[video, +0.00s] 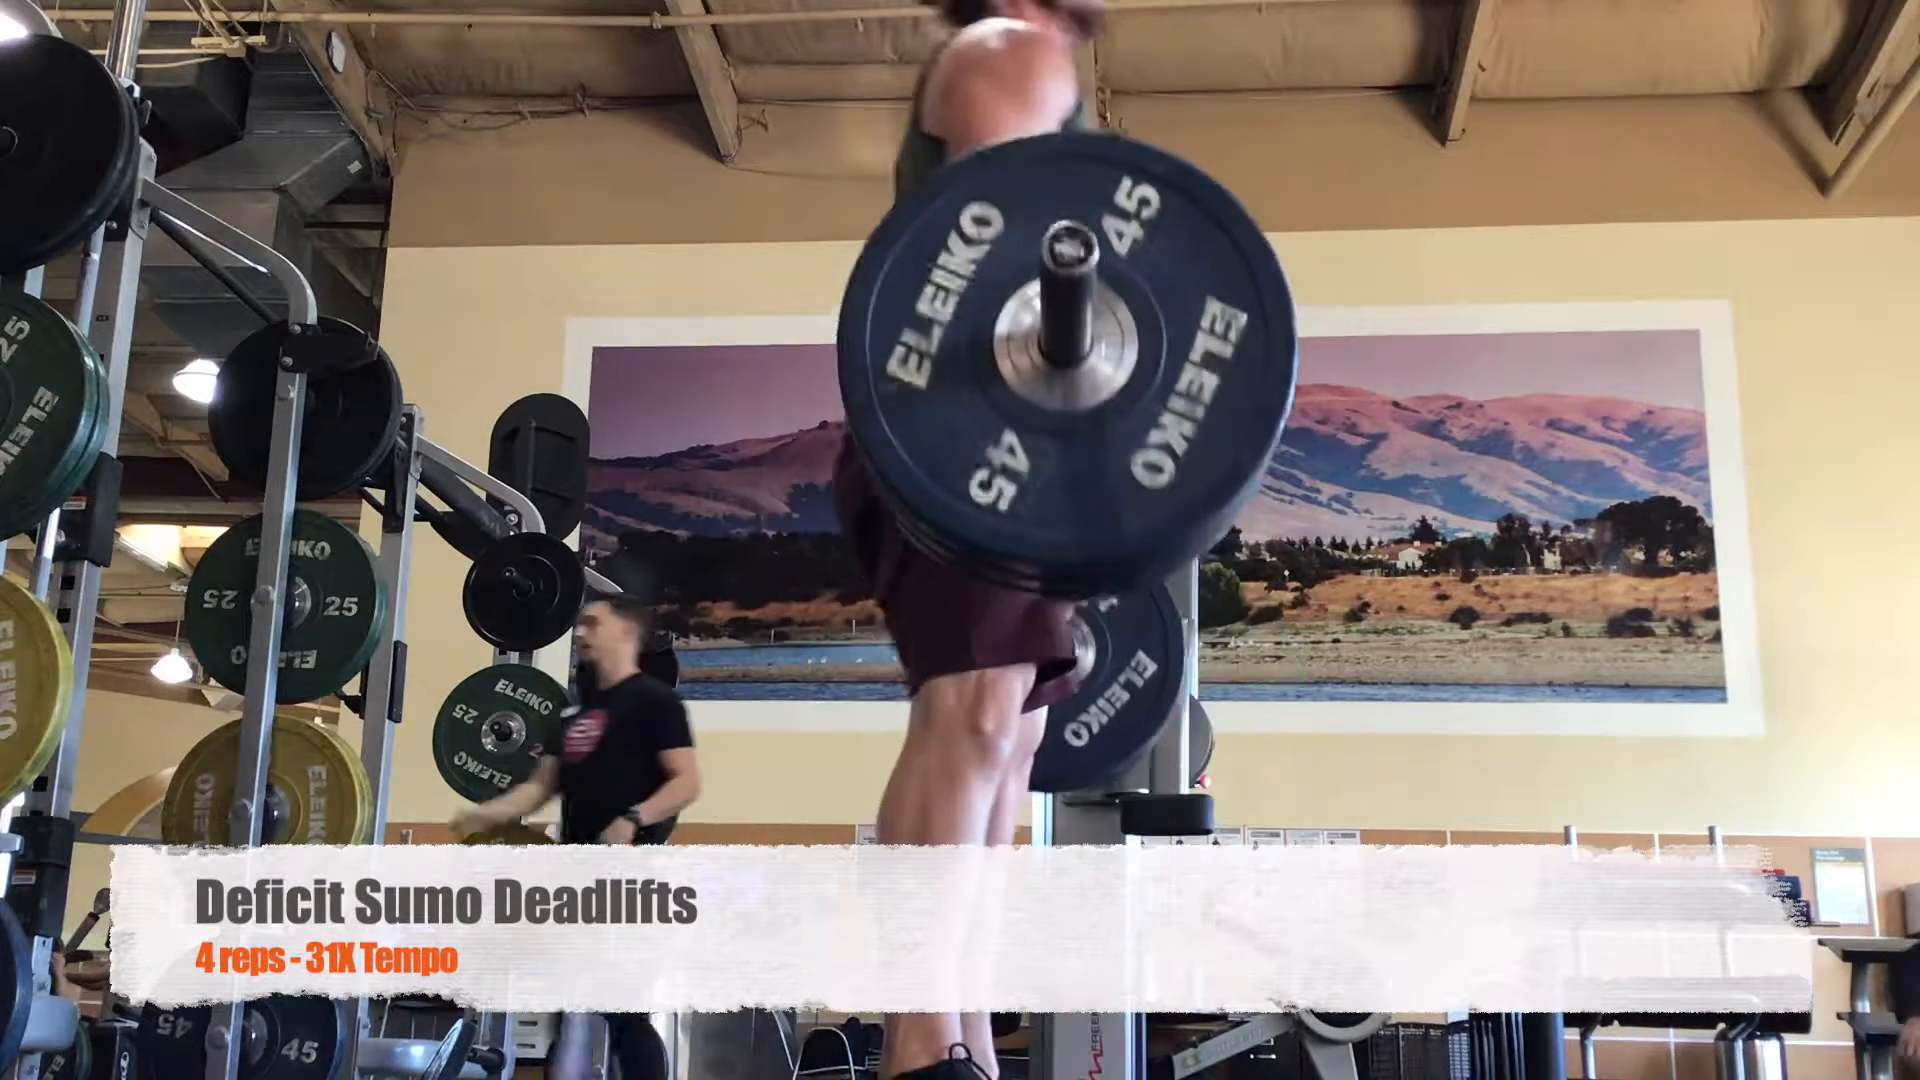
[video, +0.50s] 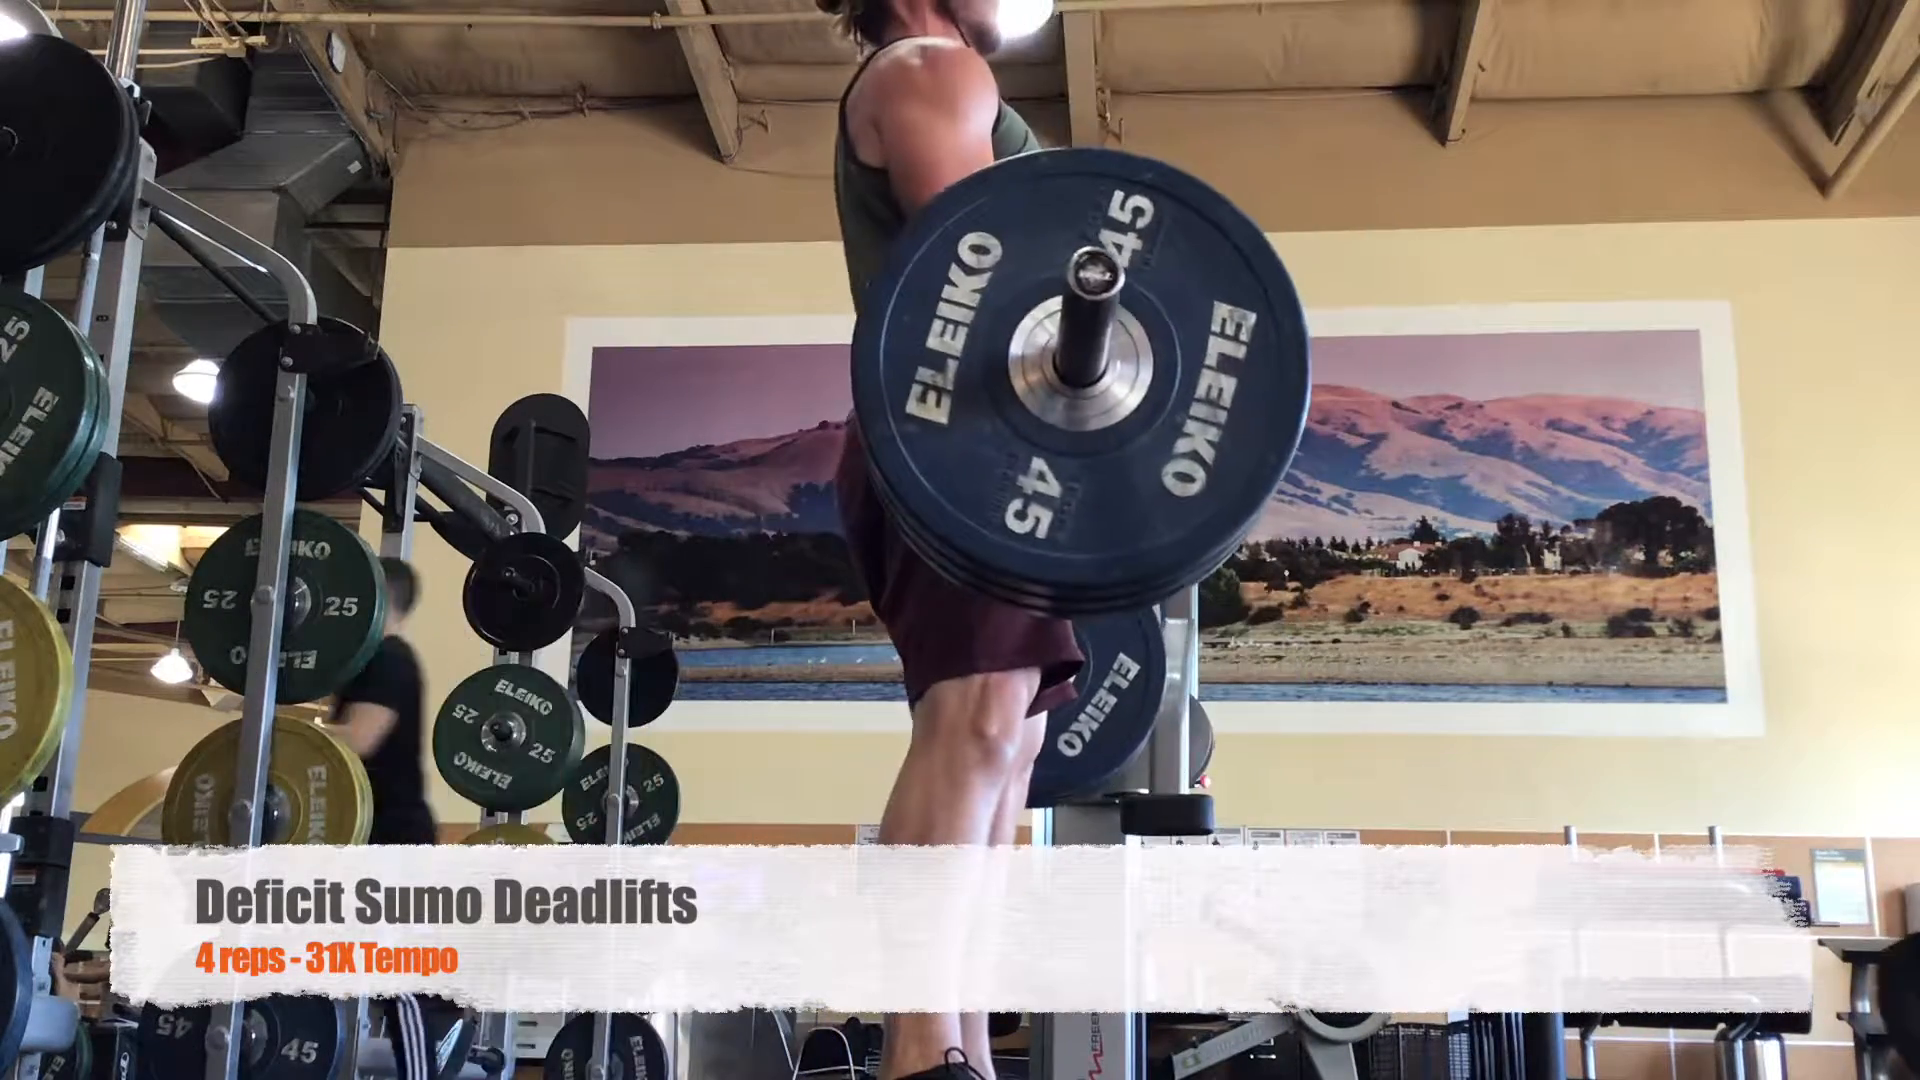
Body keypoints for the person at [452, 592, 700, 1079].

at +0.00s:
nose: (581, 632)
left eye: (592, 623)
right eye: (583, 623)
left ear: (627, 632)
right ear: (605, 634)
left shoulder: (656, 700)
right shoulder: (578, 707)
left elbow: (688, 781)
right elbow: (542, 784)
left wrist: (632, 819)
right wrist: (488, 813)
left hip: (631, 873)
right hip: (577, 871)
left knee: (628, 1007)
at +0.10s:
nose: (534, 631)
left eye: (546, 622)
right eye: (537, 622)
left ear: (582, 630)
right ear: (567, 634)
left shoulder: (608, 700)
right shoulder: (535, 713)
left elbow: (646, 784)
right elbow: (497, 788)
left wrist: (588, 821)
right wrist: (443, 796)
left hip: (588, 876)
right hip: (535, 875)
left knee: (600, 1006)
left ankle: (635, 1071)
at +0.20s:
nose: (485, 625)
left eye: (497, 615)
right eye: (486, 617)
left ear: (534, 624)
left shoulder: (556, 695)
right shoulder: (492, 704)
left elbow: (585, 784)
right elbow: (449, 791)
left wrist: (522, 824)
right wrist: (390, 809)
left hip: (530, 869)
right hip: (479, 867)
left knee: (526, 1007)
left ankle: (580, 1069)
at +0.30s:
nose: (440, 615)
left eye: (450, 605)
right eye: (444, 605)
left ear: (480, 613)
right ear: (475, 616)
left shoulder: (505, 685)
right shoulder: (448, 691)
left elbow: (515, 777)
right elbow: (425, 775)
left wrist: (441, 803)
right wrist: (390, 819)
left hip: (477, 852)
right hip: (431, 849)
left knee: (444, 983)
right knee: (407, 980)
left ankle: (505, 1067)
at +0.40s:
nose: (393, 605)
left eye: (402, 596)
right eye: (396, 596)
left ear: (431, 601)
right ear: (428, 601)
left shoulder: (447, 664)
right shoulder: (419, 667)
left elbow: (436, 754)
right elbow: (398, 743)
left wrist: (357, 771)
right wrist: (350, 769)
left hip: (430, 846)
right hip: (399, 842)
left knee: (416, 977)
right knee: (374, 968)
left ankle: (422, 1073)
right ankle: (378, 1062)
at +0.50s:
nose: (357, 600)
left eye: (369, 590)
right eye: (362, 589)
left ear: (389, 599)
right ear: (392, 600)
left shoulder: (391, 657)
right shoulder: (365, 654)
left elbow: (359, 740)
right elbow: (339, 728)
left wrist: (292, 732)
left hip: (395, 840)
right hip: (371, 837)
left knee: (398, 974)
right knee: (385, 971)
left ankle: (418, 1073)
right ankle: (417, 1064)